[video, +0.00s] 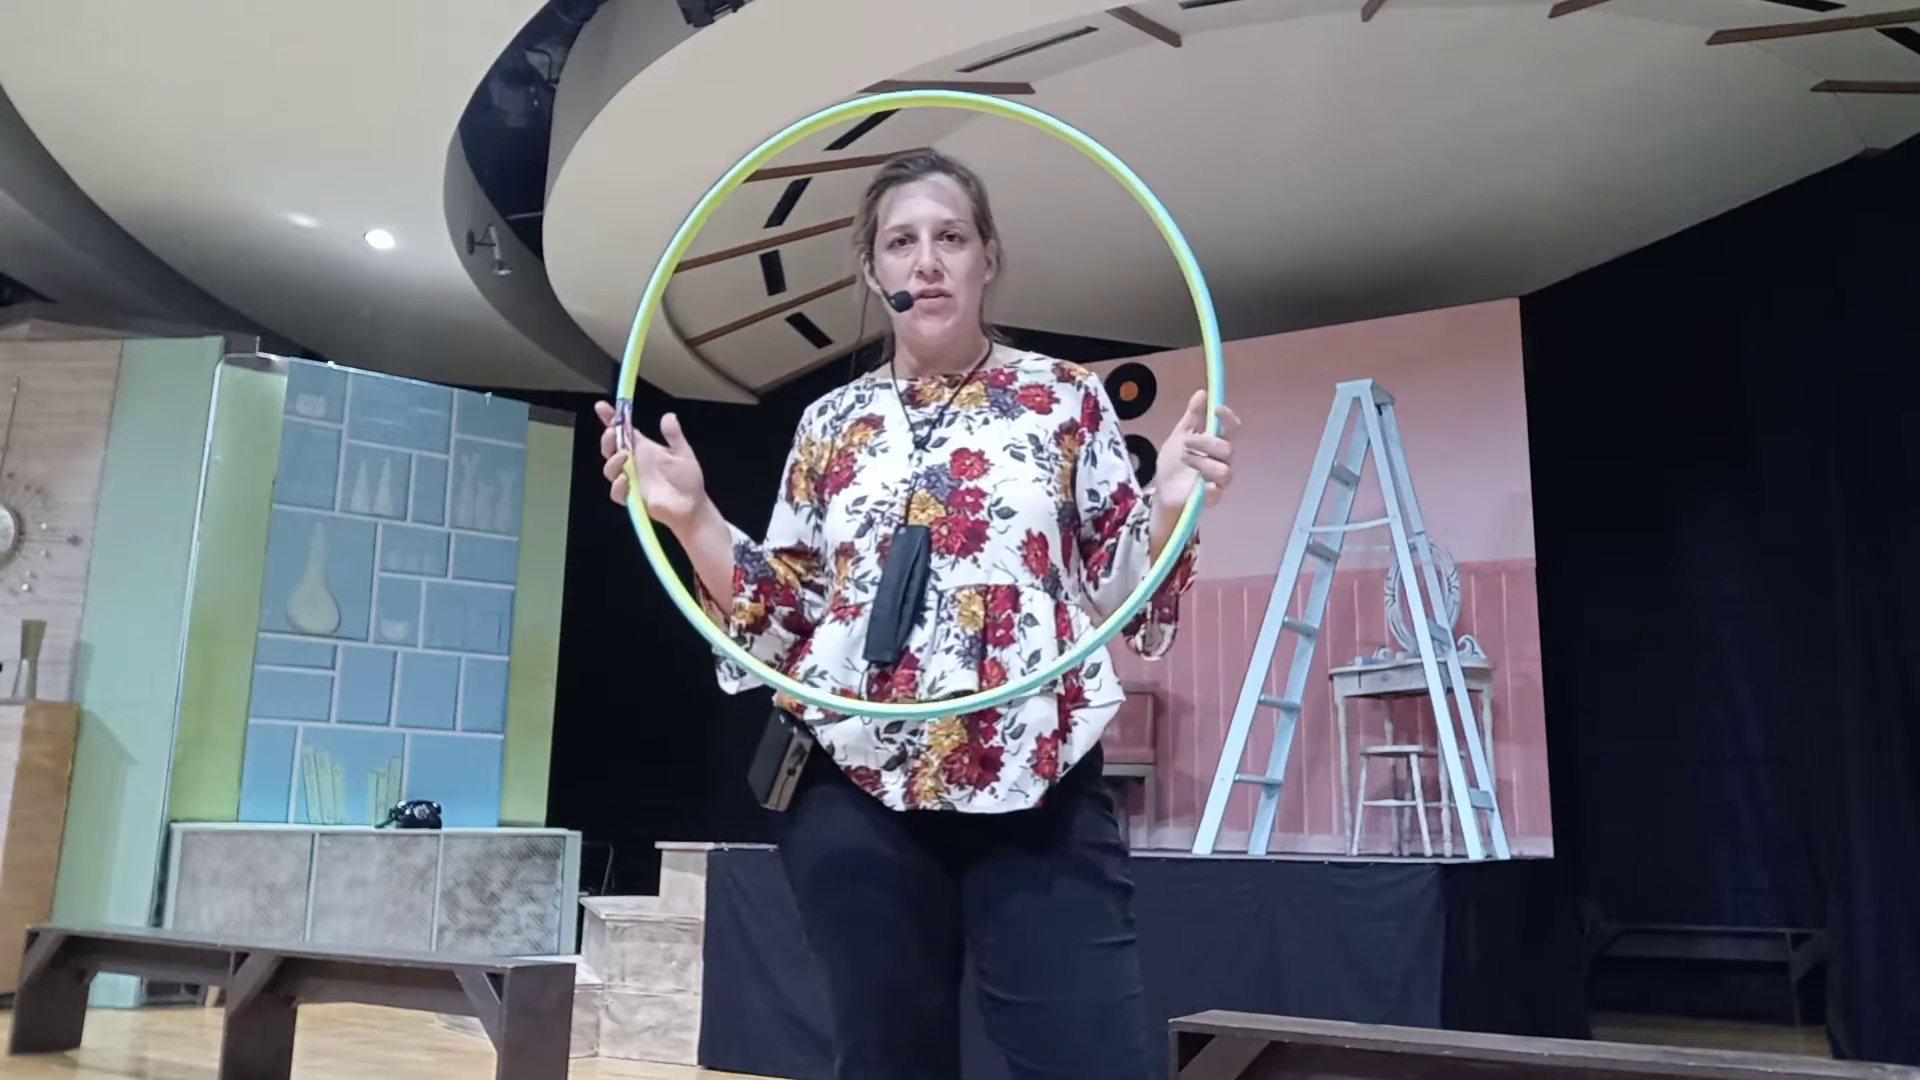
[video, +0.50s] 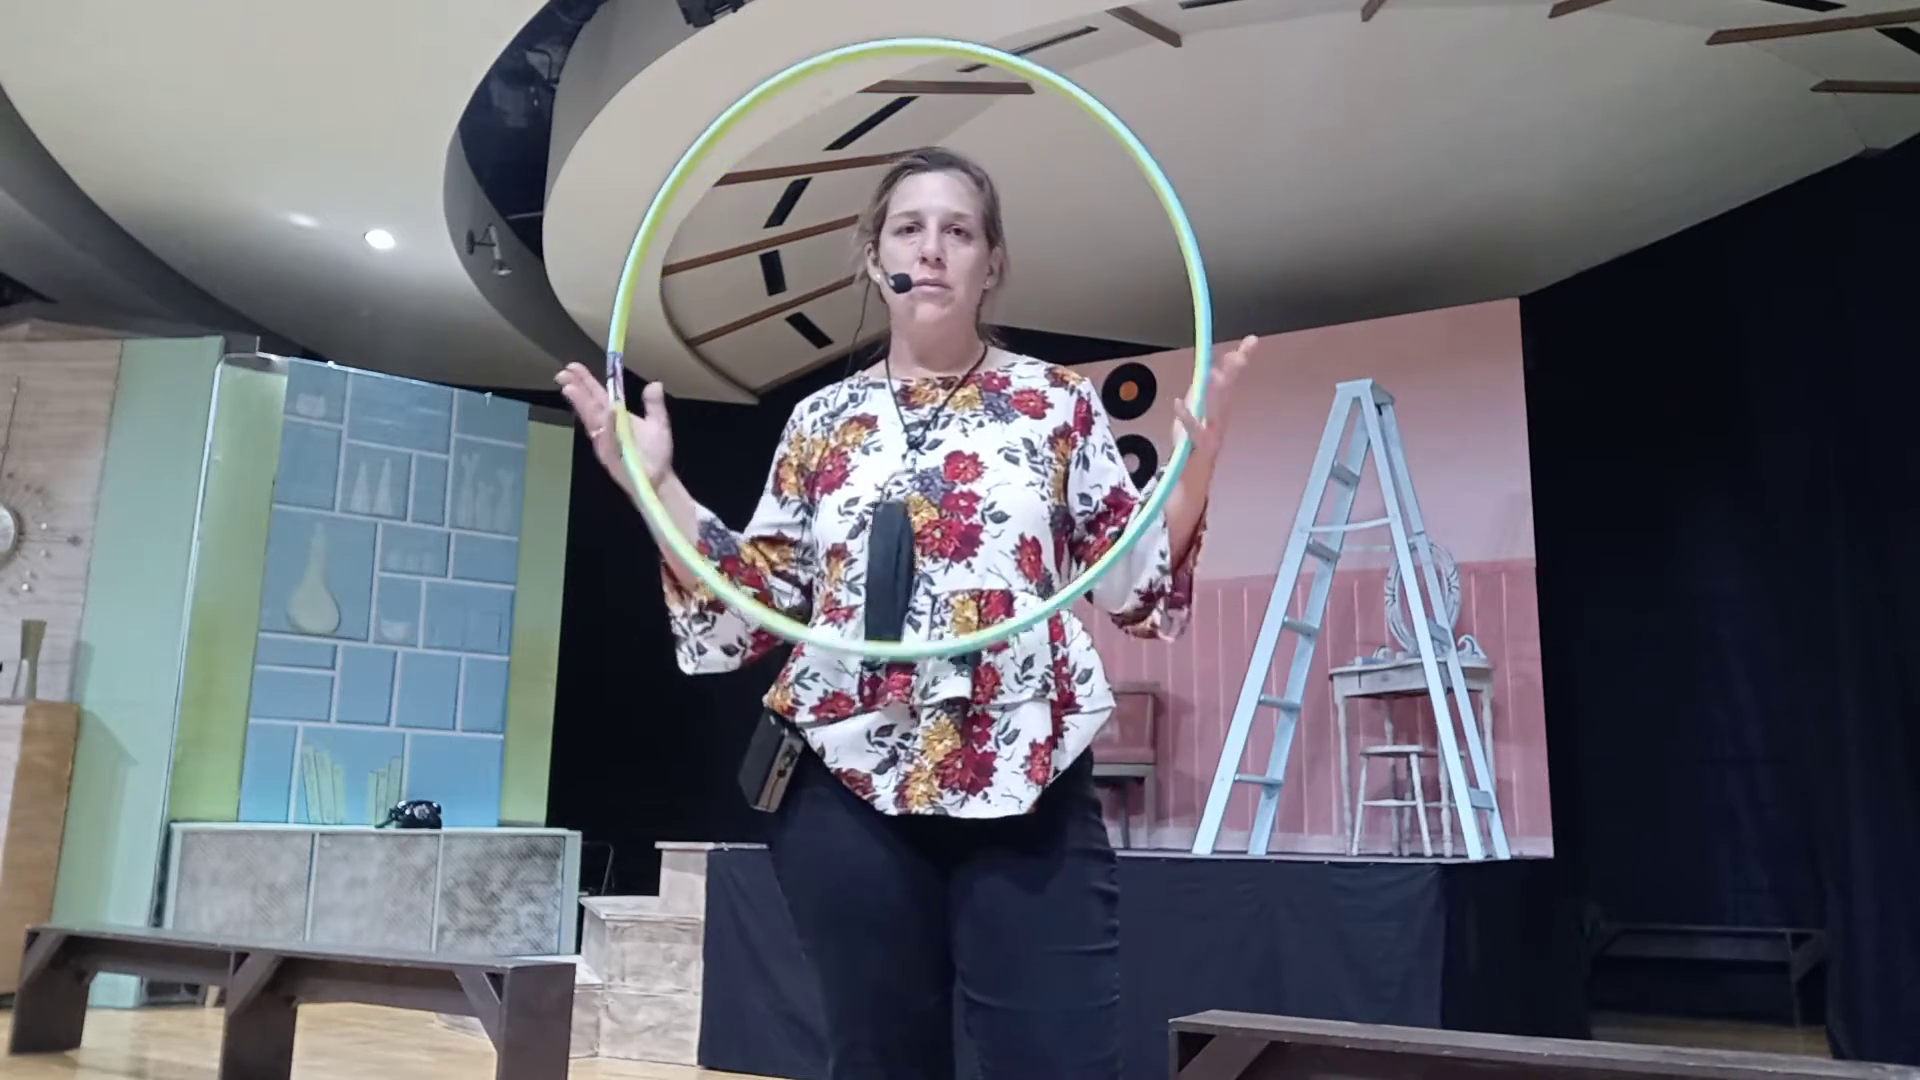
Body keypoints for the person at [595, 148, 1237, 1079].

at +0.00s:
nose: (925, 259)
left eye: (948, 236)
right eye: (900, 241)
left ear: (988, 260)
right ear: (874, 272)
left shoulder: (1065, 401)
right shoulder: (828, 425)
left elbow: (1130, 609)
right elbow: (784, 625)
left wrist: (1168, 509)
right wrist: (697, 516)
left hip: (1043, 804)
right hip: (861, 807)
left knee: (1094, 1062)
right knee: (887, 1062)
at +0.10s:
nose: (922, 258)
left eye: (946, 235)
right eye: (897, 240)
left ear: (987, 259)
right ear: (872, 271)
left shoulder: (1063, 402)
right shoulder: (826, 424)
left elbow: (1118, 613)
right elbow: (782, 625)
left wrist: (1163, 507)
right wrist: (694, 517)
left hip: (1041, 805)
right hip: (859, 808)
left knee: (1103, 1065)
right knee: (887, 1064)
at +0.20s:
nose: (920, 257)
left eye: (944, 235)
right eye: (897, 239)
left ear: (986, 262)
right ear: (871, 268)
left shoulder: (1061, 402)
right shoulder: (824, 425)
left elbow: (1113, 614)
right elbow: (781, 629)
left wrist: (1155, 511)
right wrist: (690, 521)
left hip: (1039, 807)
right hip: (859, 810)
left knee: (1082, 1062)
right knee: (886, 1063)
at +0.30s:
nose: (919, 252)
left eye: (946, 233)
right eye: (897, 233)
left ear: (987, 265)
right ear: (871, 264)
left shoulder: (1059, 402)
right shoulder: (820, 423)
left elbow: (1121, 607)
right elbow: (781, 617)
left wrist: (1165, 485)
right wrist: (683, 513)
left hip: (1035, 807)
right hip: (855, 807)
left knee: (1056, 1064)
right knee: (884, 1062)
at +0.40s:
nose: (920, 248)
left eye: (948, 231)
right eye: (899, 229)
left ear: (990, 265)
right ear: (871, 261)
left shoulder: (1058, 402)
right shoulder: (820, 421)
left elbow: (1129, 593)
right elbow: (774, 612)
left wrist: (1181, 467)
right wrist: (673, 490)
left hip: (1031, 800)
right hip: (849, 800)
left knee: (1057, 1061)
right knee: (880, 1060)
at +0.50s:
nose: (928, 249)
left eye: (955, 231)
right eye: (907, 229)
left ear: (995, 266)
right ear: (875, 260)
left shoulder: (1058, 405)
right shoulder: (819, 422)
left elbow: (1133, 586)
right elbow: (763, 609)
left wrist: (1196, 439)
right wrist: (656, 484)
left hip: (1029, 801)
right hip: (847, 800)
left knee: (1055, 1061)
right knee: (879, 1060)